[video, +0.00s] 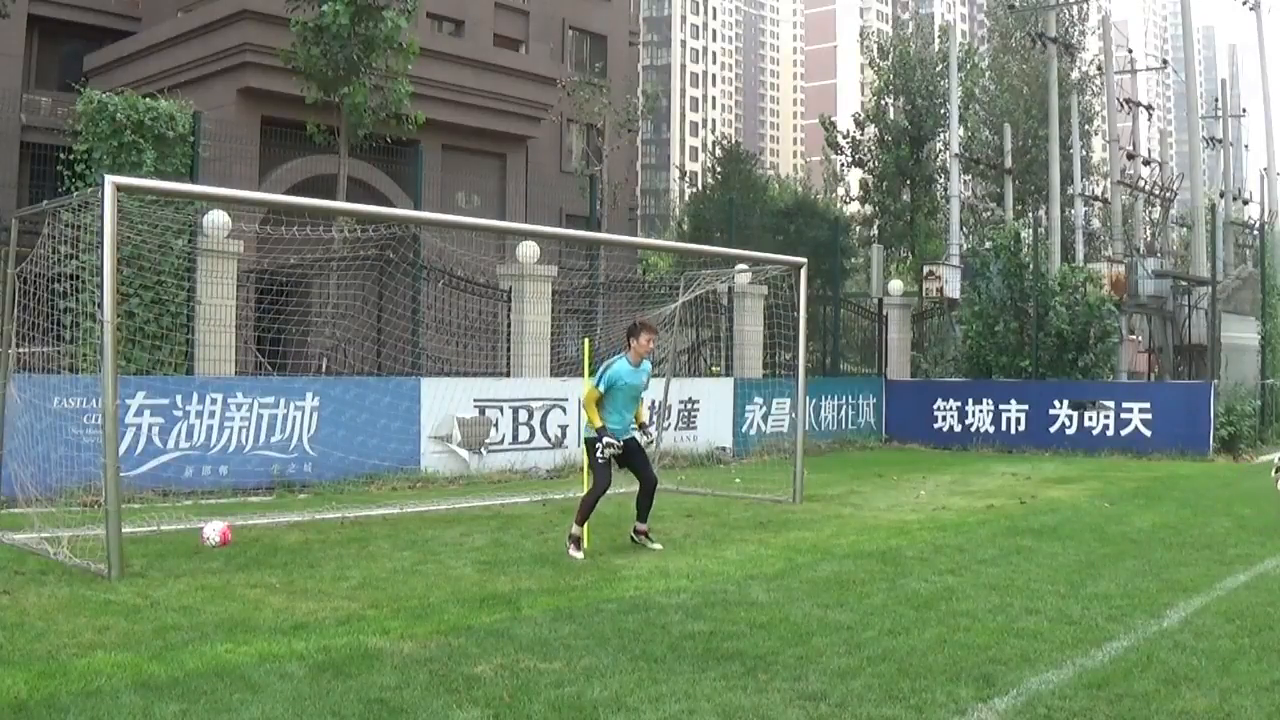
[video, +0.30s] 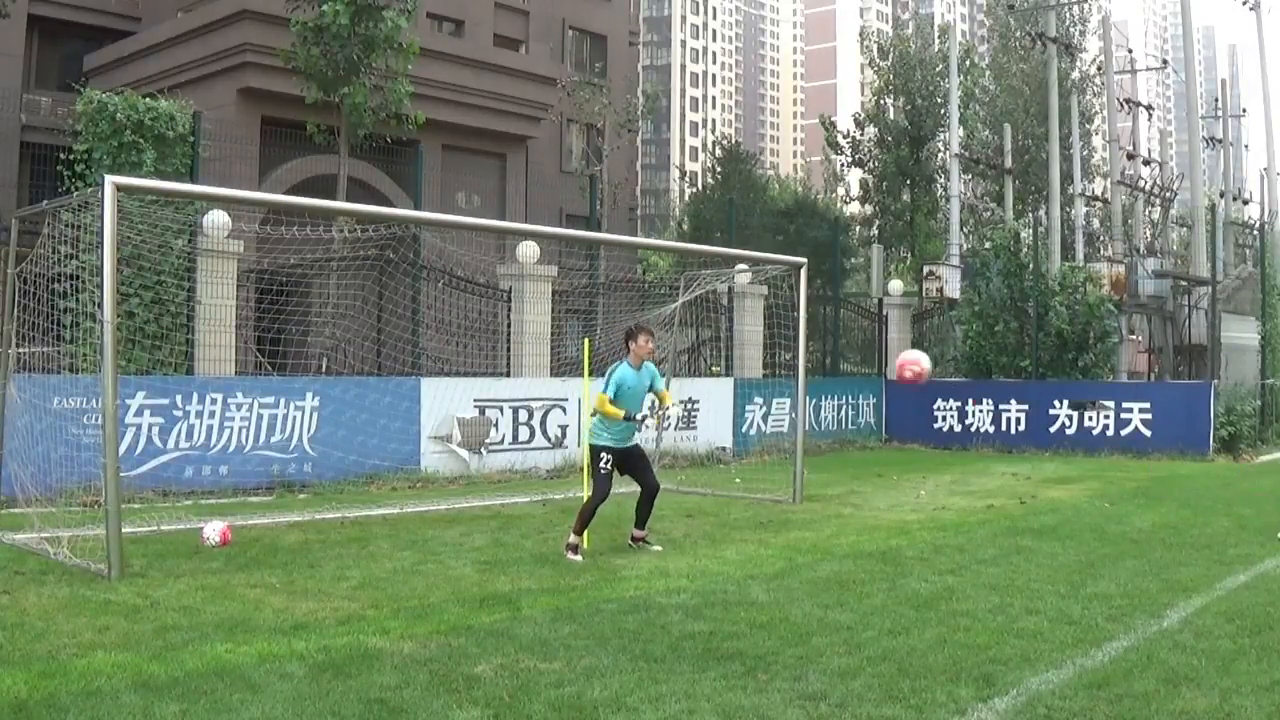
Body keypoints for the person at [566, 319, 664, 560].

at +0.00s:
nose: (652, 346)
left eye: (653, 342)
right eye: (648, 341)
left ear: (652, 344)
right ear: (632, 341)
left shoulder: (646, 368)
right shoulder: (613, 368)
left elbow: (636, 400)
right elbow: (588, 401)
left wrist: (643, 424)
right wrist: (602, 433)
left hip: (626, 435)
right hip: (600, 435)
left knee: (649, 480)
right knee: (602, 483)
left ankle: (640, 531)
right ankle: (575, 535)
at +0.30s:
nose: (652, 346)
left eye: (652, 342)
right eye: (647, 342)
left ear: (648, 346)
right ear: (631, 345)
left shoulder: (650, 371)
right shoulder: (618, 371)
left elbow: (664, 396)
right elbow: (601, 404)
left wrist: (666, 407)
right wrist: (630, 416)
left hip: (627, 443)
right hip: (602, 442)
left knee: (651, 486)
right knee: (601, 492)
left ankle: (638, 537)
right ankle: (573, 541)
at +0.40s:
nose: (649, 338)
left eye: (650, 334)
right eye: (644, 334)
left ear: (650, 339)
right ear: (629, 337)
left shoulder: (651, 359)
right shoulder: (619, 358)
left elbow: (679, 363)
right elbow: (617, 375)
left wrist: (685, 350)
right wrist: (646, 358)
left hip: (627, 436)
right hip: (604, 436)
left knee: (647, 482)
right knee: (595, 489)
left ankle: (638, 536)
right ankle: (572, 539)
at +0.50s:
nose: (641, 324)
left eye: (643, 320)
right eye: (637, 320)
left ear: (644, 323)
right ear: (625, 323)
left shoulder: (648, 343)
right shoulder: (616, 347)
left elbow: (675, 331)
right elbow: (631, 335)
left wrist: (670, 306)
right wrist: (643, 306)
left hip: (632, 423)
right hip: (609, 421)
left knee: (643, 477)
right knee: (594, 482)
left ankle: (641, 529)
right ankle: (567, 533)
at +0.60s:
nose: (636, 327)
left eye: (638, 323)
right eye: (631, 322)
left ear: (641, 327)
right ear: (620, 327)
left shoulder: (646, 346)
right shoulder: (613, 351)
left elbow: (674, 335)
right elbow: (630, 335)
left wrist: (662, 310)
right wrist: (643, 307)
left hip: (633, 427)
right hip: (609, 426)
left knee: (649, 480)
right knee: (597, 486)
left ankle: (643, 529)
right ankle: (566, 533)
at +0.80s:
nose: (622, 354)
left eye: (625, 350)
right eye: (617, 350)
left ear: (628, 353)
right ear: (605, 354)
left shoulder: (634, 374)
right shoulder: (594, 374)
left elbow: (663, 374)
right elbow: (574, 360)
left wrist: (669, 357)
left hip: (625, 450)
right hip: (597, 448)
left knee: (644, 496)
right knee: (600, 496)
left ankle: (646, 537)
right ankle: (592, 543)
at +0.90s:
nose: (609, 349)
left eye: (612, 344)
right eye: (604, 344)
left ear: (614, 346)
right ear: (591, 347)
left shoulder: (616, 369)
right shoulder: (573, 368)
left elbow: (618, 394)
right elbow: (538, 384)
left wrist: (631, 407)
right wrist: (557, 396)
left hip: (597, 443)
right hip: (570, 441)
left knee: (624, 488)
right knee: (584, 494)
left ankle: (626, 528)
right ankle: (577, 534)